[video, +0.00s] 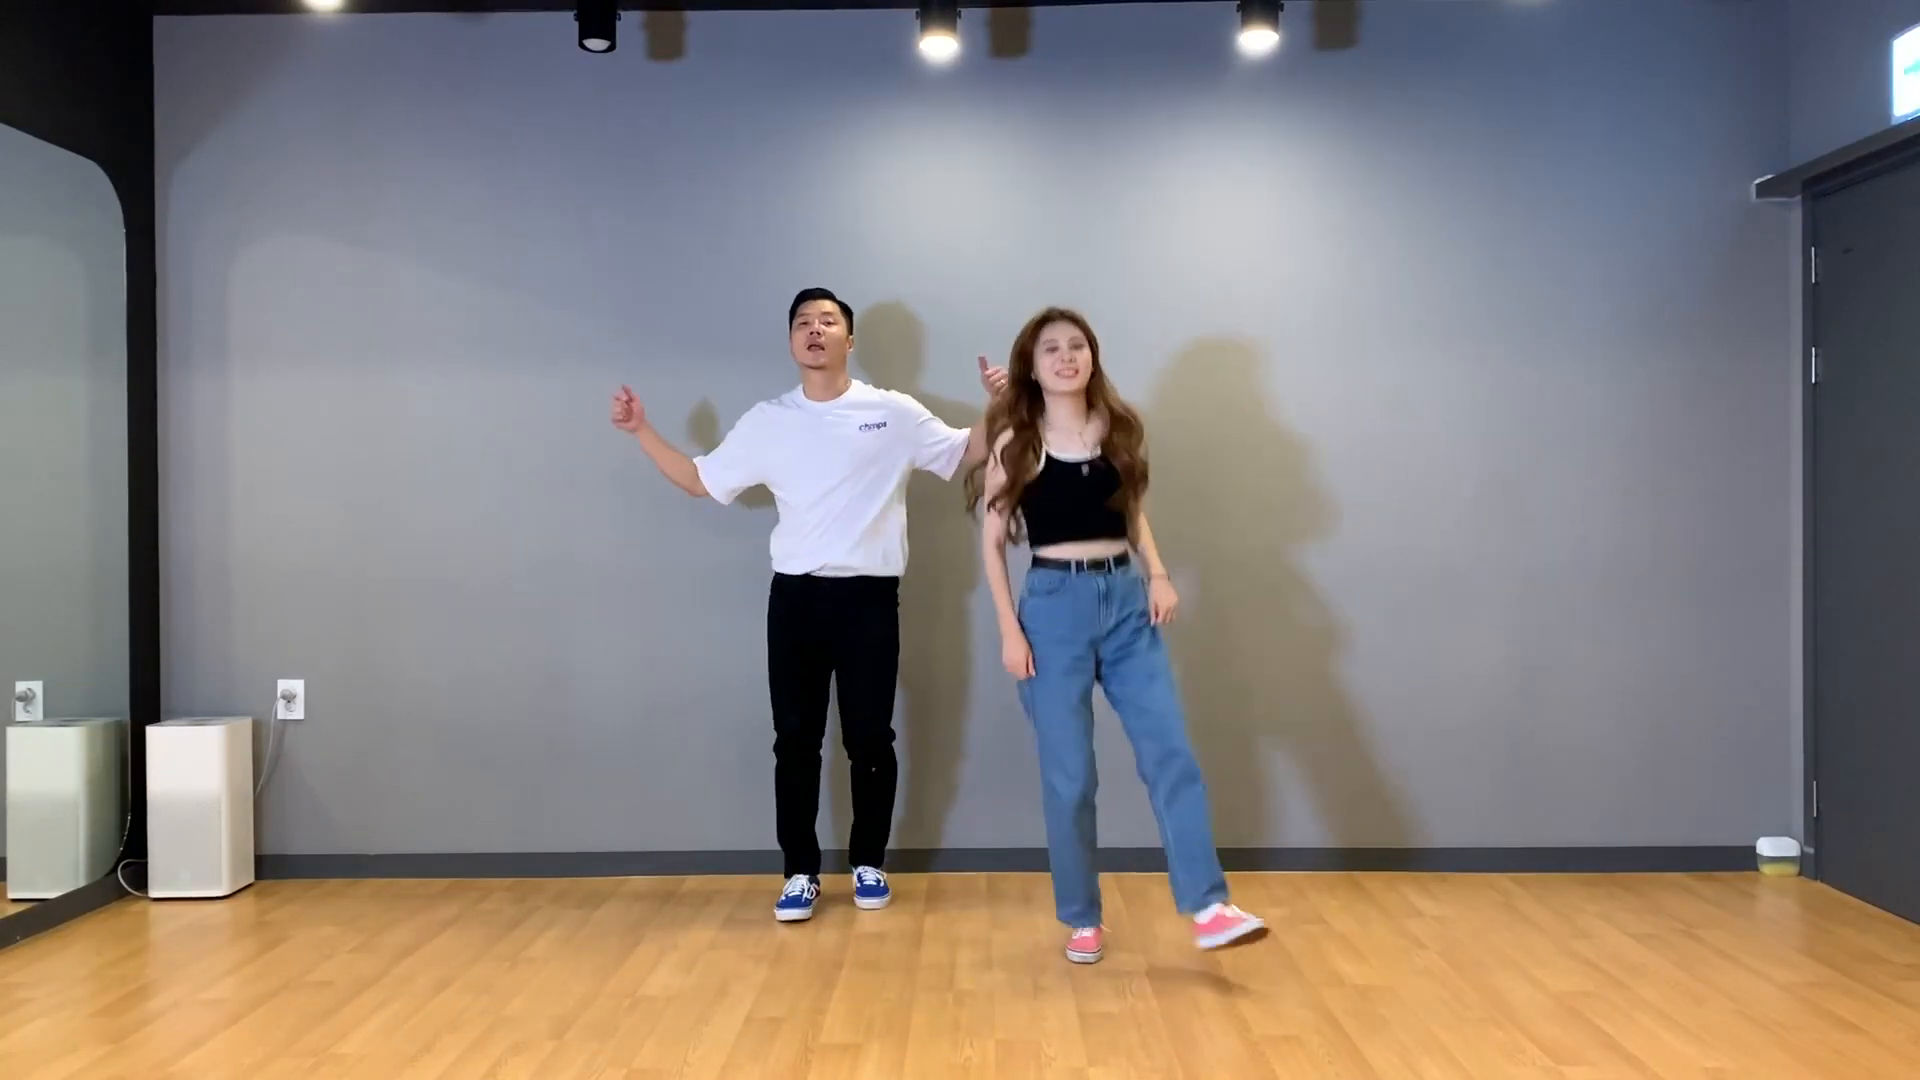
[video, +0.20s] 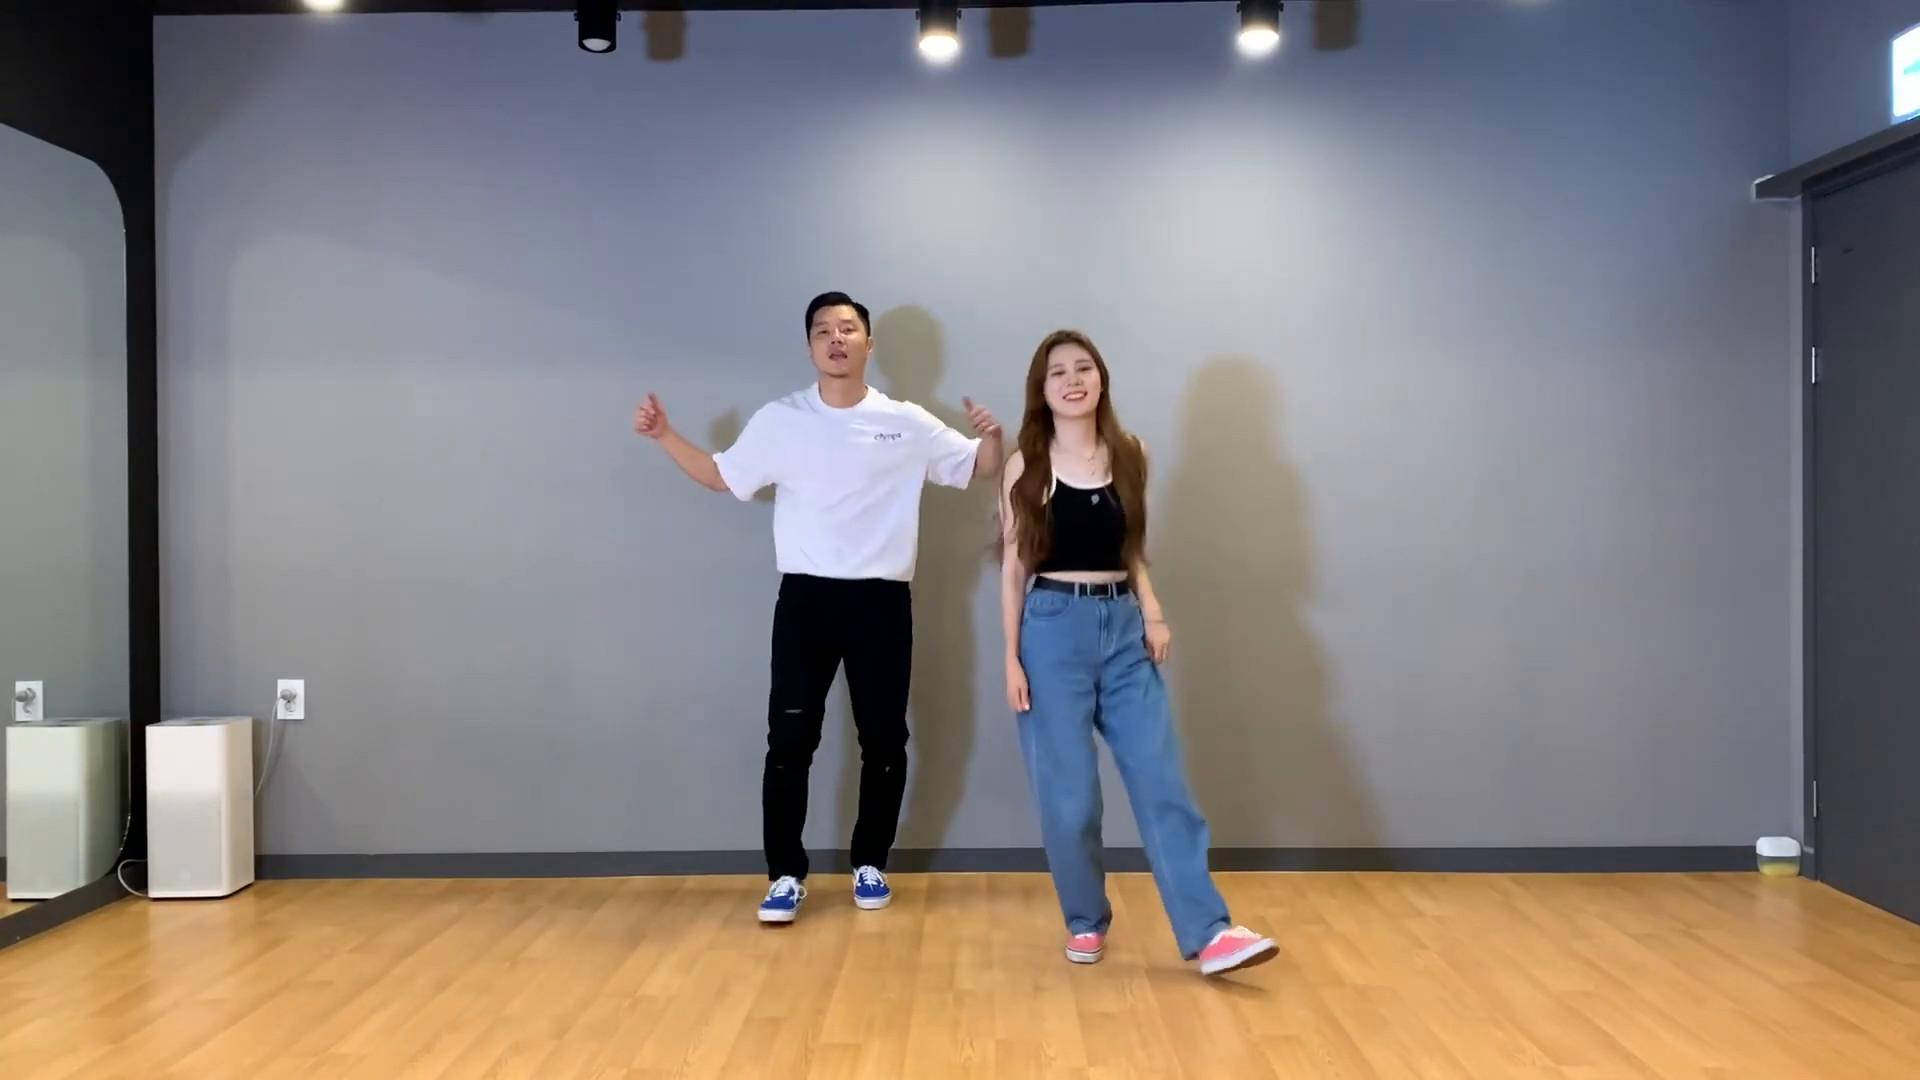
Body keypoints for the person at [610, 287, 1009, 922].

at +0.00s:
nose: (815, 328)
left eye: (828, 320)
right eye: (803, 322)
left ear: (850, 339)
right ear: (790, 344)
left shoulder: (892, 411)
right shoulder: (769, 420)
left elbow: (965, 454)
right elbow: (701, 479)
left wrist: (996, 405)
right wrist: (642, 430)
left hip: (870, 595)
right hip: (796, 596)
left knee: (870, 740)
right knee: (795, 742)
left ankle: (868, 867)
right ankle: (799, 874)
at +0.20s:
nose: (836, 339)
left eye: (847, 329)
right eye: (824, 332)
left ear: (869, 343)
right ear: (809, 349)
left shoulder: (907, 423)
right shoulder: (781, 420)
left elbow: (983, 468)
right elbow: (722, 476)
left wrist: (992, 435)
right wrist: (665, 435)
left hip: (882, 600)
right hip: (805, 598)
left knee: (885, 742)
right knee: (789, 739)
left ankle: (870, 864)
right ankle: (785, 875)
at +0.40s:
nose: (847, 365)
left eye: (859, 353)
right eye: (835, 355)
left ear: (877, 362)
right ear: (818, 365)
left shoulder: (905, 437)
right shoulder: (783, 424)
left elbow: (943, 520)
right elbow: (723, 481)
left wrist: (966, 456)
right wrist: (662, 455)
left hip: (878, 602)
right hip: (805, 602)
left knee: (914, 735)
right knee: (807, 739)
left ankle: (874, 859)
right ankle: (788, 863)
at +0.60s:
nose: (839, 371)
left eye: (850, 359)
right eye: (826, 360)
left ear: (867, 364)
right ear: (809, 367)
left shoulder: (895, 447)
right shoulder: (773, 423)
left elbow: (931, 537)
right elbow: (712, 486)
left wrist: (929, 524)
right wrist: (666, 528)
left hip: (872, 605)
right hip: (799, 603)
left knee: (893, 743)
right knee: (797, 745)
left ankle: (866, 861)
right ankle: (785, 872)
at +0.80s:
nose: (819, 356)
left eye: (831, 344)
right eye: (807, 344)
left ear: (849, 350)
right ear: (790, 352)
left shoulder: (884, 426)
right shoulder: (764, 432)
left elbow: (921, 514)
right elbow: (743, 529)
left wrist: (923, 601)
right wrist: (726, 609)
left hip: (864, 603)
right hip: (787, 605)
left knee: (879, 740)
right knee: (777, 740)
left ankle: (865, 854)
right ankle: (785, 870)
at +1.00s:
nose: (821, 335)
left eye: (832, 325)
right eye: (809, 326)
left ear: (850, 337)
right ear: (790, 340)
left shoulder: (892, 407)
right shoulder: (770, 424)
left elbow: (926, 494)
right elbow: (773, 521)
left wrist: (925, 573)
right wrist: (767, 602)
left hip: (881, 588)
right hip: (802, 593)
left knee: (884, 735)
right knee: (794, 735)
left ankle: (886, 869)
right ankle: (792, 868)